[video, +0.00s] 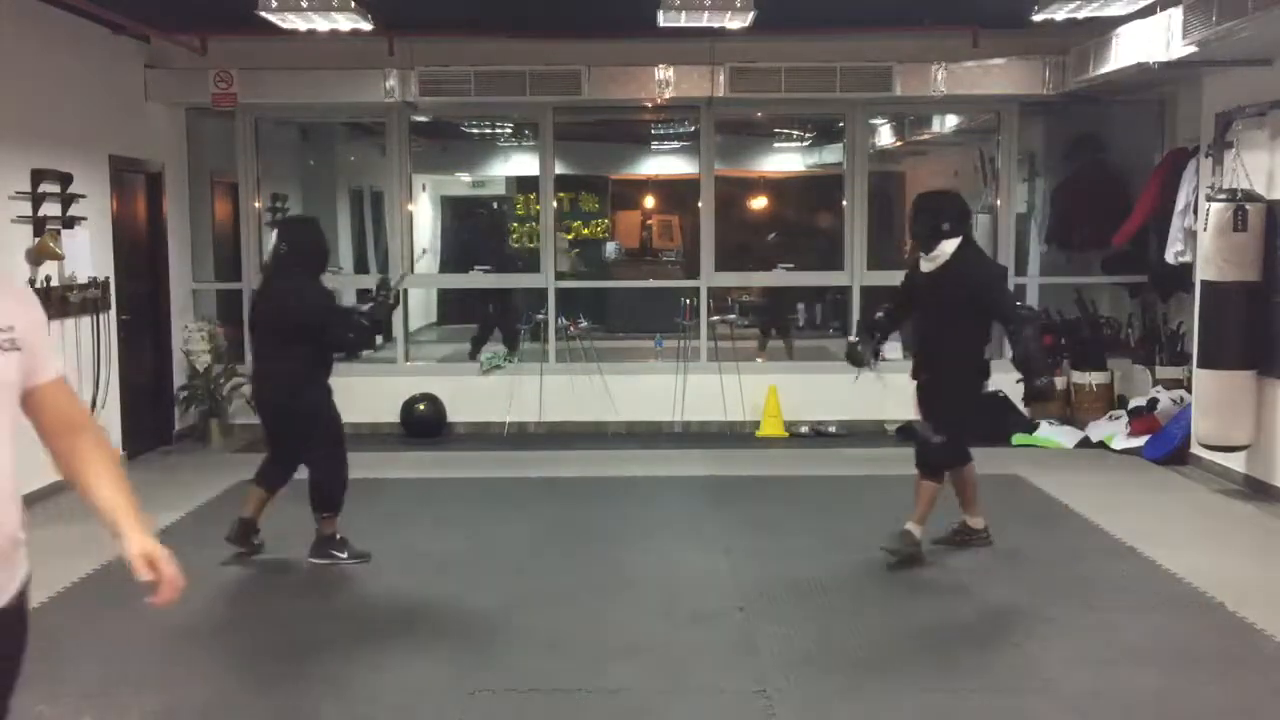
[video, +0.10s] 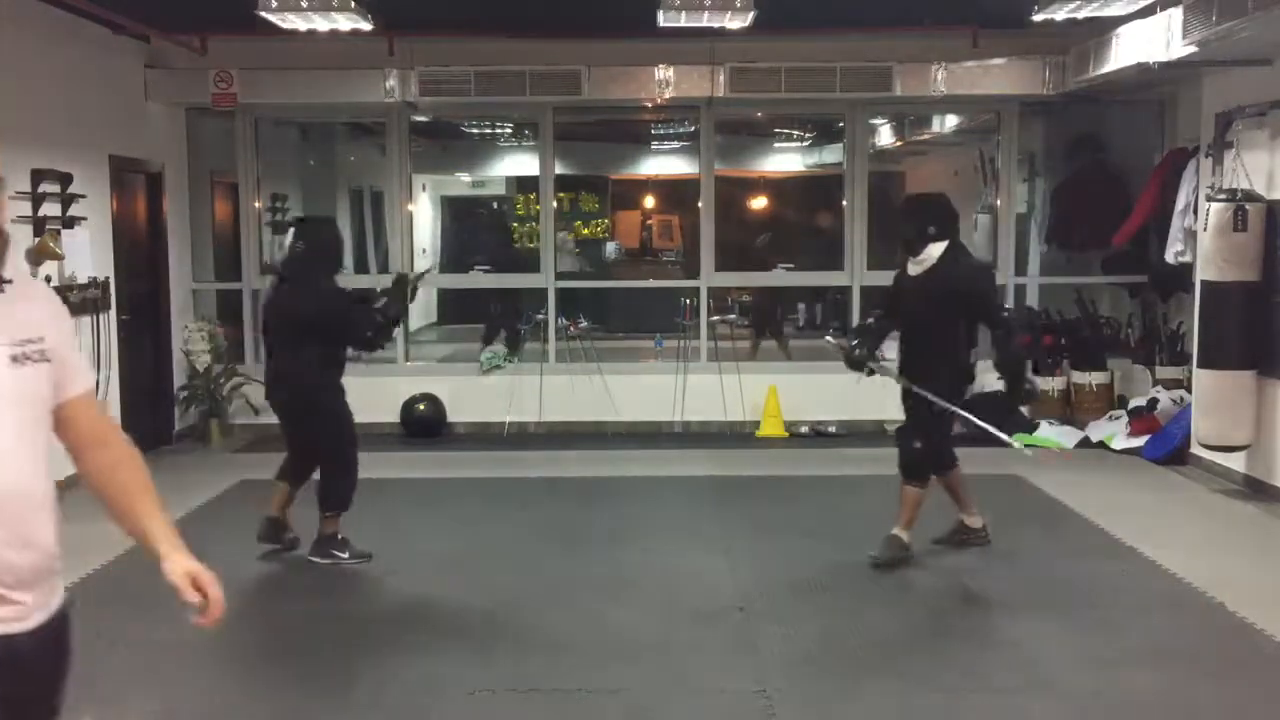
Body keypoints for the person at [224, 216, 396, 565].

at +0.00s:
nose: (325, 253)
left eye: (322, 246)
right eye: (322, 246)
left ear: (283, 249)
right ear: (316, 250)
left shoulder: (267, 288)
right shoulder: (311, 293)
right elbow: (341, 335)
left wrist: (352, 314)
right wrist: (373, 321)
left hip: (268, 389)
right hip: (305, 391)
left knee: (285, 453)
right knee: (329, 458)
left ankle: (245, 523)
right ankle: (327, 539)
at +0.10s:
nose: (341, 253)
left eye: (339, 246)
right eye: (338, 246)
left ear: (300, 248)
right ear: (331, 251)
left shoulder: (283, 289)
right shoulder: (324, 294)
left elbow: (327, 308)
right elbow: (368, 334)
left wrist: (363, 298)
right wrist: (396, 303)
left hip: (282, 388)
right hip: (318, 390)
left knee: (303, 452)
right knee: (341, 457)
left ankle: (275, 519)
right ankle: (329, 538)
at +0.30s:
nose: (369, 270)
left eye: (368, 263)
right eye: (366, 263)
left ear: (332, 256)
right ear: (359, 264)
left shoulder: (312, 286)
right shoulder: (356, 297)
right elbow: (400, 315)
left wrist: (381, 240)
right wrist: (402, 266)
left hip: (309, 393)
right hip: (346, 394)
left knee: (327, 456)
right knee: (397, 446)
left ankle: (290, 530)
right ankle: (386, 527)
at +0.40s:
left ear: (354, 261)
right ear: (380, 268)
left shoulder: (339, 285)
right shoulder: (378, 293)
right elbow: (421, 292)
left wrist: (381, 247)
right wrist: (408, 249)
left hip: (331, 395)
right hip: (366, 397)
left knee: (333, 463)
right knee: (410, 460)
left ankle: (291, 530)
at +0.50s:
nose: (427, 260)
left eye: (428, 254)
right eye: (422, 254)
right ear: (407, 256)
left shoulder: (370, 287)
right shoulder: (393, 292)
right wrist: (428, 282)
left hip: (360, 403)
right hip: (385, 405)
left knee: (350, 467)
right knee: (437, 462)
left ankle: (296, 524)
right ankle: (462, 533)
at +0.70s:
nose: (440, 277)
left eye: (438, 271)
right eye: (435, 271)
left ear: (402, 270)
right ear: (427, 272)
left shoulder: (390, 304)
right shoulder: (424, 303)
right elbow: (465, 342)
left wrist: (430, 399)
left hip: (382, 404)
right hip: (409, 405)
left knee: (394, 458)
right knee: (462, 453)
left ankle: (334, 499)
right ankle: (466, 532)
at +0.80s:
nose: (438, 283)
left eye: (437, 277)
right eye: (434, 276)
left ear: (401, 277)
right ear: (423, 278)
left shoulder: (388, 316)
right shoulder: (426, 312)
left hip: (386, 407)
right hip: (411, 407)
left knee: (406, 456)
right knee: (464, 453)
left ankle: (352, 504)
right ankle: (466, 532)